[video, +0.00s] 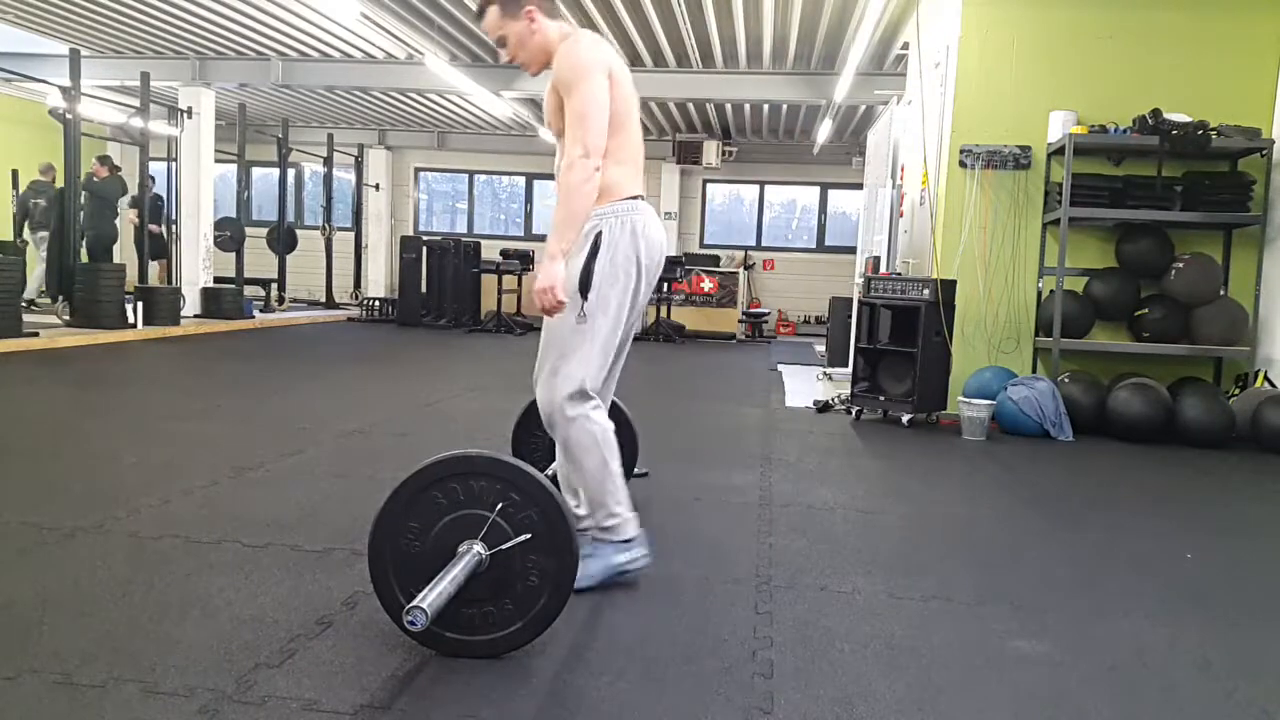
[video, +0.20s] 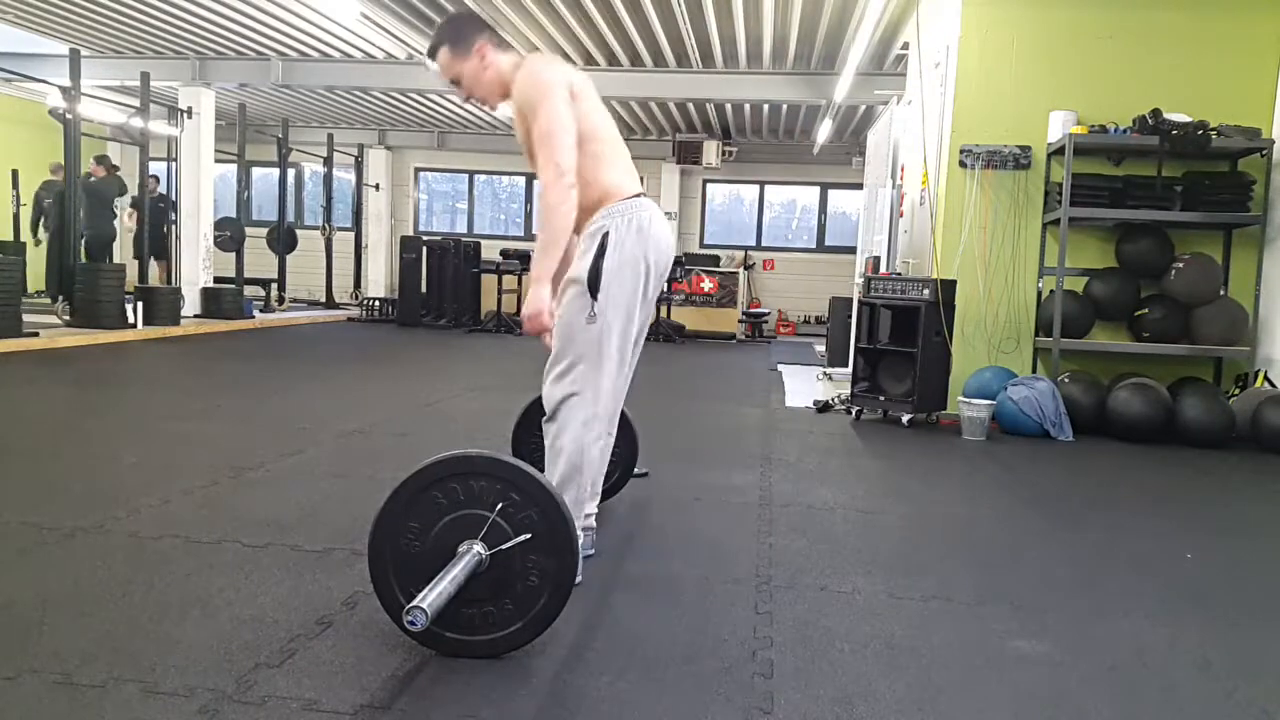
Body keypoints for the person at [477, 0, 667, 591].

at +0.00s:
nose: (505, 55)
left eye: (503, 40)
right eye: (497, 46)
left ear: (532, 14)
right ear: (534, 17)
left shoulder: (580, 53)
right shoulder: (585, 60)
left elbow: (585, 159)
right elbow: (592, 169)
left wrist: (554, 258)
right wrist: (564, 260)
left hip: (614, 231)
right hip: (616, 231)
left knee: (565, 390)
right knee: (571, 391)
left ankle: (616, 537)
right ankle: (578, 525)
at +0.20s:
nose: (462, 96)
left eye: (458, 81)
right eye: (454, 88)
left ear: (485, 53)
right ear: (485, 59)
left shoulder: (538, 76)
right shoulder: (543, 87)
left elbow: (560, 179)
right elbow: (578, 204)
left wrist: (540, 282)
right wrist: (561, 290)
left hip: (618, 233)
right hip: (619, 233)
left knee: (575, 387)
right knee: (586, 385)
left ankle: (567, 534)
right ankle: (576, 523)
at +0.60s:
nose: (423, 263)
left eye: (415, 249)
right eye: (412, 255)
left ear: (433, 217)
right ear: (435, 214)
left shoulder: (477, 222)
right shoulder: (508, 219)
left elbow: (496, 335)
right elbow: (538, 326)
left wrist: (494, 443)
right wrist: (529, 407)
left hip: (635, 273)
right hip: (651, 266)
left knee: (536, 406)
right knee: (572, 403)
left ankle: (557, 547)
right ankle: (578, 529)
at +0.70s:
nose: (419, 288)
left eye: (413, 275)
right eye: (410, 281)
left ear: (429, 243)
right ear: (432, 239)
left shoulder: (472, 250)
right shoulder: (508, 253)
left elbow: (493, 359)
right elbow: (536, 345)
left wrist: (489, 468)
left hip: (633, 285)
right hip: (649, 277)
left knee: (529, 406)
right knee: (562, 403)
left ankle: (557, 547)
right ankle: (576, 529)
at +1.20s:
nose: (392, 227)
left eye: (389, 211)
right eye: (386, 216)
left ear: (418, 190)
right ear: (425, 190)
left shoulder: (464, 207)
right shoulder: (489, 202)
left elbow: (496, 311)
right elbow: (536, 309)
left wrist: (502, 415)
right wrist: (546, 381)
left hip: (620, 254)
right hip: (642, 245)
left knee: (555, 394)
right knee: (593, 392)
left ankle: (557, 551)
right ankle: (576, 528)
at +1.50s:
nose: (450, 38)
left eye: (456, 23)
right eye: (450, 26)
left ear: (493, 22)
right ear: (500, 25)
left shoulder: (520, 67)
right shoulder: (539, 70)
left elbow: (512, 165)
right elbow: (532, 175)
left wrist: (491, 263)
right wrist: (511, 264)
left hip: (581, 236)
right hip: (597, 234)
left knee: (513, 391)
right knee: (553, 392)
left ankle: (552, 544)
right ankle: (568, 523)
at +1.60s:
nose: (496, 7)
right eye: (496, 1)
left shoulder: (556, 33)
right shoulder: (585, 45)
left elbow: (533, 118)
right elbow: (579, 155)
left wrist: (476, 178)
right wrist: (524, 210)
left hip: (560, 226)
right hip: (591, 226)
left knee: (516, 391)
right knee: (559, 388)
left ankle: (553, 542)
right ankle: (570, 523)